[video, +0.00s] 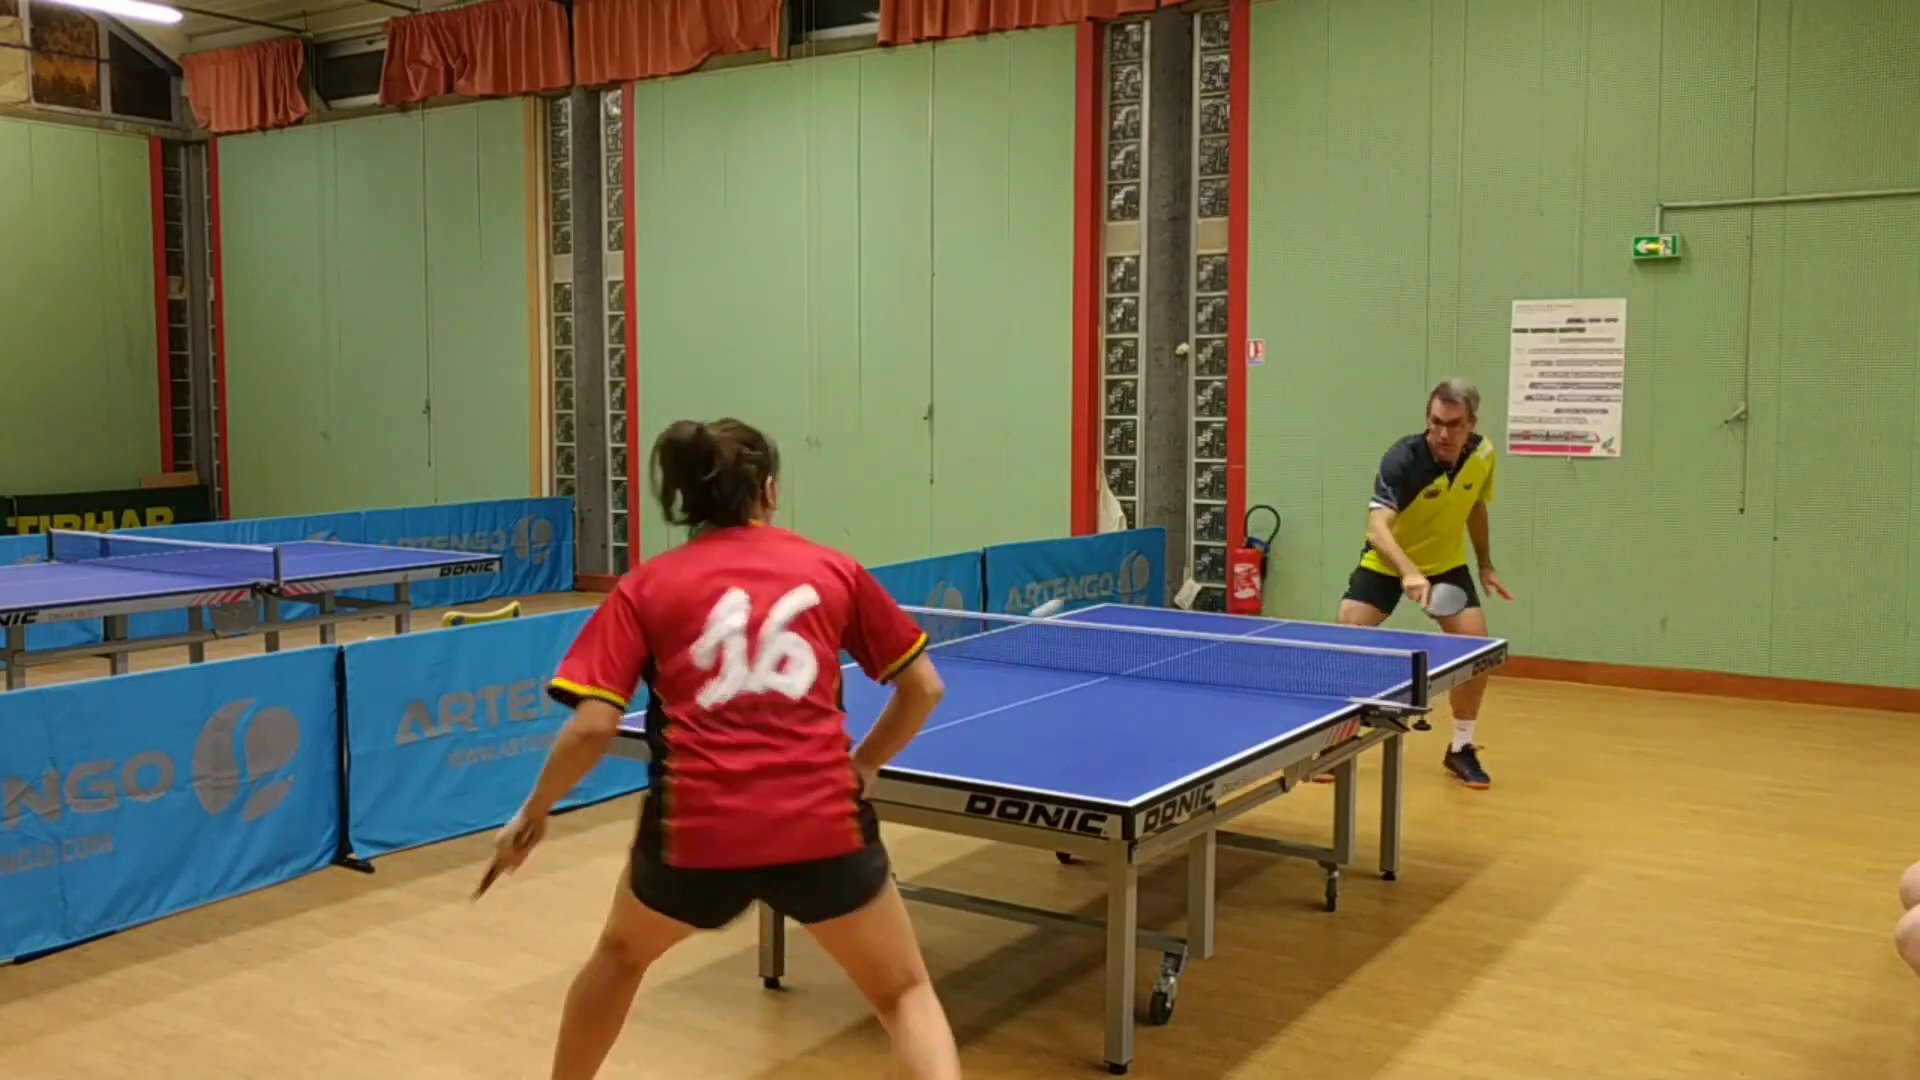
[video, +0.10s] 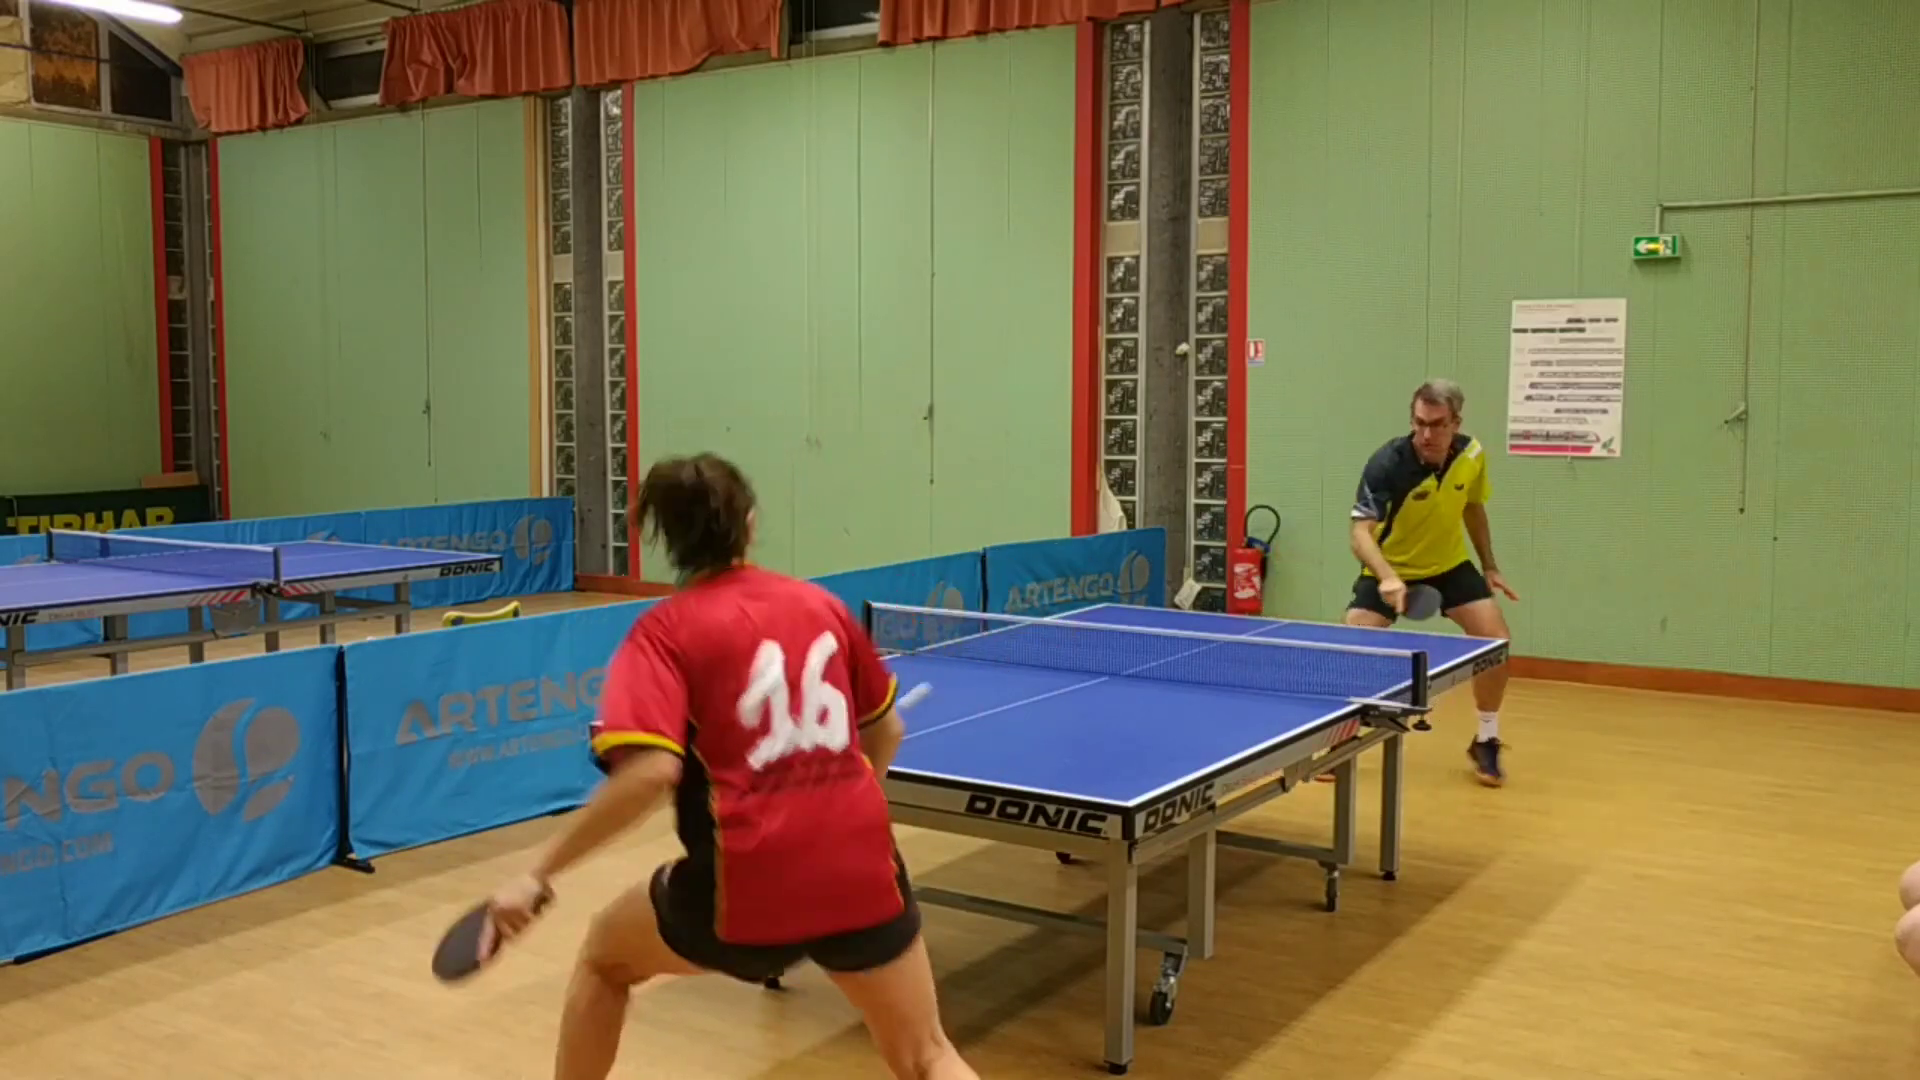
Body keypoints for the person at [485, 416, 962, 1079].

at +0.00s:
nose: (777, 489)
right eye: (775, 481)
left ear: (686, 498)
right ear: (766, 490)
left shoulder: (647, 586)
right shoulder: (828, 569)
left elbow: (595, 725)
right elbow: (923, 687)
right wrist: (864, 763)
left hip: (696, 838)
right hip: (822, 829)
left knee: (620, 959)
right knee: (904, 993)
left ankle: (566, 1076)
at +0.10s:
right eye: (752, 507)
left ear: (666, 535)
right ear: (748, 523)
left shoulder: (665, 627)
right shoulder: (819, 604)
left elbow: (652, 770)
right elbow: (884, 731)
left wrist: (540, 871)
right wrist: (836, 815)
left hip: (744, 895)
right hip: (864, 882)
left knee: (607, 961)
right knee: (928, 1053)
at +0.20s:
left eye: (634, 541)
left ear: (642, 561)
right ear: (719, 542)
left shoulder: (669, 653)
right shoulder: (792, 613)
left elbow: (696, 795)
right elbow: (836, 744)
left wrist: (574, 901)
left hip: (777, 907)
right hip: (890, 887)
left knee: (590, 958)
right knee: (935, 1059)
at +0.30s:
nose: (610, 571)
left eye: (610, 559)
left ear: (619, 572)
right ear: (697, 541)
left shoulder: (646, 664)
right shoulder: (775, 609)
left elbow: (672, 818)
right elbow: (866, 724)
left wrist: (535, 901)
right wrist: (814, 805)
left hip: (762, 908)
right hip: (876, 888)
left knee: (576, 954)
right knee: (937, 1054)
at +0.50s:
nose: (741, 530)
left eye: (739, 522)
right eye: (736, 520)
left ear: (648, 551)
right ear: (728, 538)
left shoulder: (637, 650)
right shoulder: (780, 624)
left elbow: (693, 626)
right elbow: (867, 762)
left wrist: (747, 572)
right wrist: (787, 771)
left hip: (672, 934)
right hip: (796, 933)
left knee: (624, 1014)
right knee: (964, 1017)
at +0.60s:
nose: (780, 539)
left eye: (774, 527)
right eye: (776, 529)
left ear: (692, 551)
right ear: (767, 546)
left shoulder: (682, 632)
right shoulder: (770, 649)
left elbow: (849, 619)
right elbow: (843, 796)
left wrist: (931, 599)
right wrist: (784, 772)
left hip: (661, 941)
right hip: (762, 951)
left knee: (660, 1031)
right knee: (989, 998)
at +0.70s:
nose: (832, 530)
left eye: (826, 517)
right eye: (829, 518)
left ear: (737, 533)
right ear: (819, 532)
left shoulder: (715, 613)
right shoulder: (793, 637)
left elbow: (858, 668)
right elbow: (858, 794)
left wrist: (890, 686)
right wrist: (816, 735)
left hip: (661, 921)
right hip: (752, 934)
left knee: (677, 1032)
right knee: (989, 998)